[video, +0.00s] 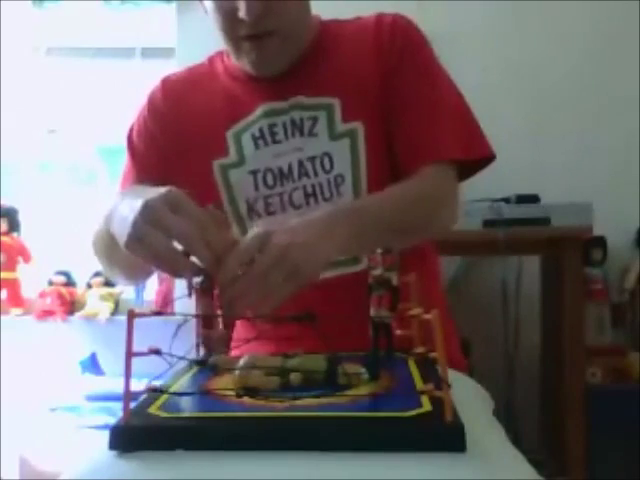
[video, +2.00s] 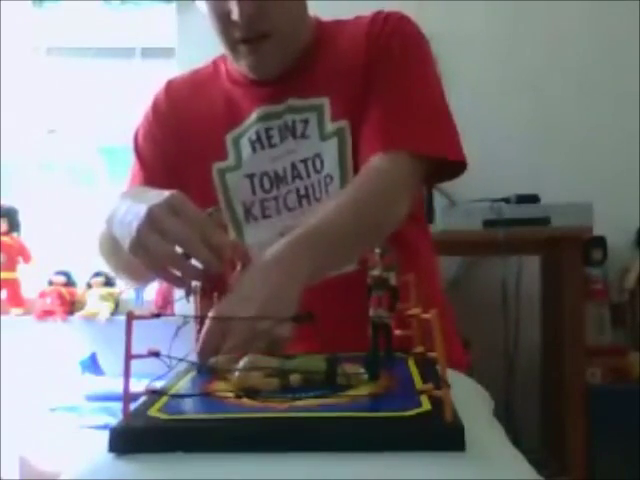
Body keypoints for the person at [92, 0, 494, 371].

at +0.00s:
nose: (245, 12)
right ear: (205, 4)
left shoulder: (386, 46)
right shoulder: (173, 104)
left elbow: (439, 202)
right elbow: (123, 266)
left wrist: (320, 236)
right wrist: (124, 214)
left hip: (403, 367)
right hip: (256, 377)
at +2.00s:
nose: (239, 15)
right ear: (202, 7)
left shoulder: (383, 43)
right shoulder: (177, 106)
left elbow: (395, 181)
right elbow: (131, 268)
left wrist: (284, 267)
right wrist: (126, 215)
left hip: (399, 382)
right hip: (246, 398)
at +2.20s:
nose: (239, 18)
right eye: (219, 0)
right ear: (203, 7)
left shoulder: (383, 43)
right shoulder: (179, 106)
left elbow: (382, 189)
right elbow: (133, 267)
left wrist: (277, 271)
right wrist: (126, 214)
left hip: (397, 379)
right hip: (246, 396)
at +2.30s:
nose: (240, 20)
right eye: (219, 1)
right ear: (203, 6)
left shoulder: (383, 43)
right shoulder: (178, 106)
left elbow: (380, 189)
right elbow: (133, 265)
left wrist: (273, 274)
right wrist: (126, 216)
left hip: (397, 380)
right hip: (244, 396)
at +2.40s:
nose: (240, 20)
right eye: (219, 1)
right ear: (203, 6)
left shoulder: (383, 43)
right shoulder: (178, 106)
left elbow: (380, 189)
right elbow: (134, 261)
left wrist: (272, 271)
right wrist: (125, 215)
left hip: (398, 382)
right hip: (246, 397)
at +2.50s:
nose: (240, 20)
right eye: (218, 1)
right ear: (203, 6)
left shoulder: (383, 43)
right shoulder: (178, 106)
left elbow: (387, 185)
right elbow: (134, 259)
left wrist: (271, 262)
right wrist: (124, 214)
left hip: (399, 378)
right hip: (247, 395)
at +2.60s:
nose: (239, 20)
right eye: (219, 2)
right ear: (202, 7)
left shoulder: (382, 44)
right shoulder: (178, 105)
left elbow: (403, 183)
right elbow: (131, 258)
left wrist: (284, 236)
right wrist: (124, 214)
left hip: (402, 374)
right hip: (253, 389)